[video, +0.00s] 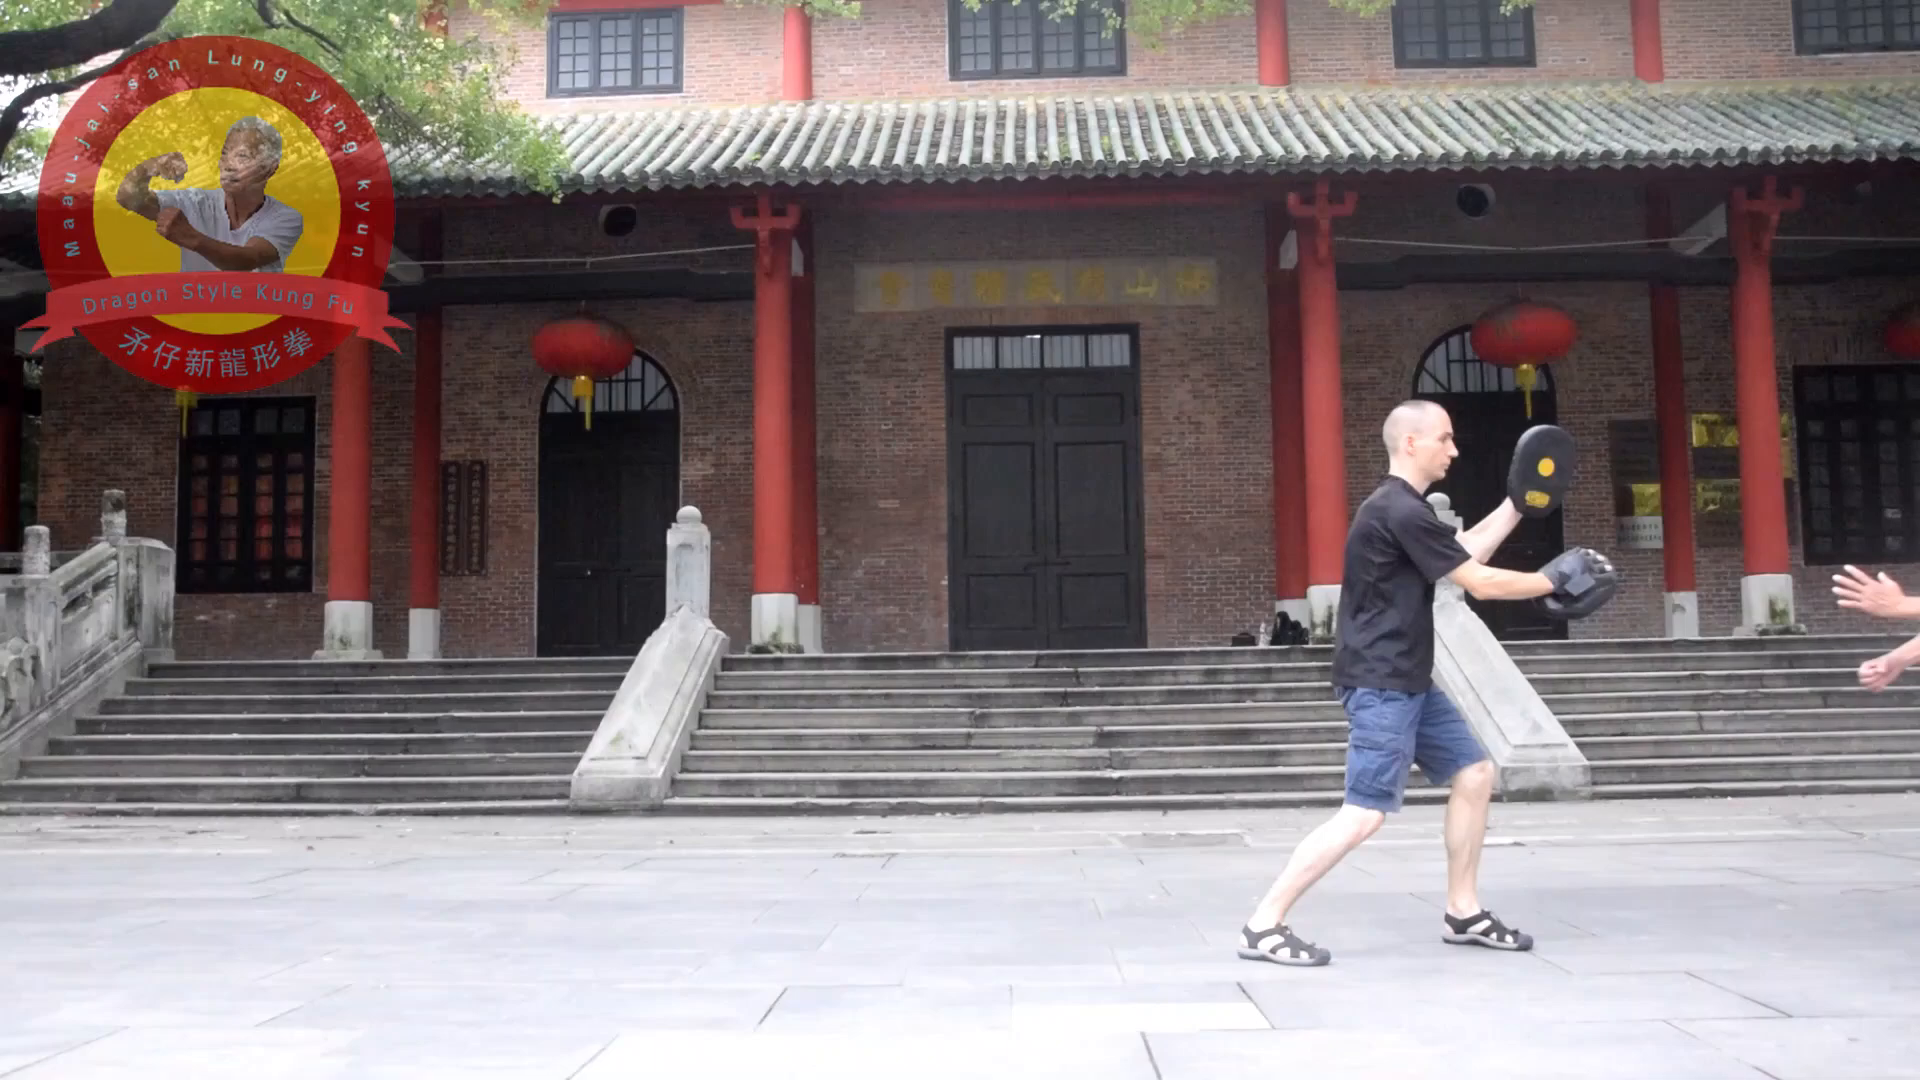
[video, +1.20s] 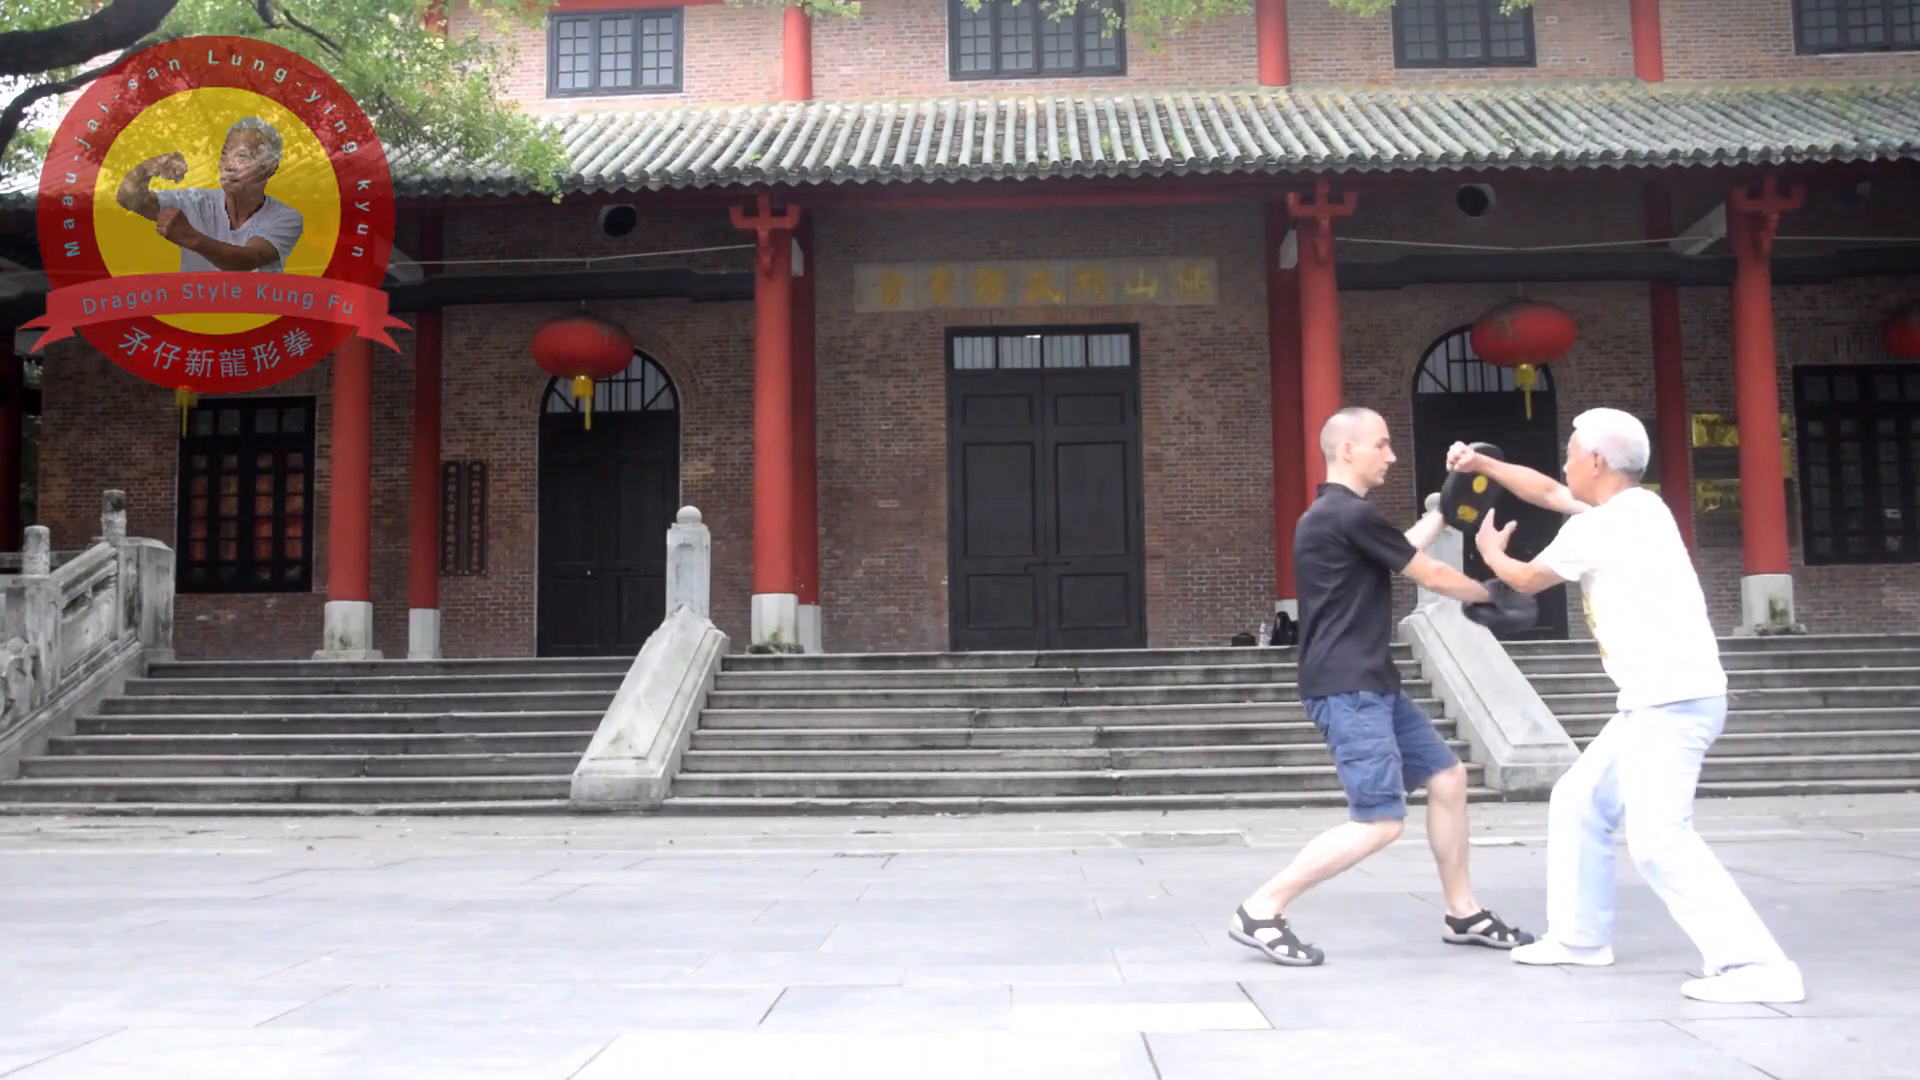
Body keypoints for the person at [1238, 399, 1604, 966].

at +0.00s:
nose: (1453, 449)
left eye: (1452, 439)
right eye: (1444, 439)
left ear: (1413, 445)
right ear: (1411, 444)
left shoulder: (1405, 503)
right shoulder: (1397, 508)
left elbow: (1464, 555)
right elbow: (1478, 583)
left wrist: (1520, 501)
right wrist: (1553, 583)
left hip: (1411, 681)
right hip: (1379, 681)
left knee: (1475, 776)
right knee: (1363, 815)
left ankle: (1463, 913)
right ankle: (1263, 924)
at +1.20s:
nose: (1393, 456)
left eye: (1390, 444)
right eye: (1383, 445)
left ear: (1346, 453)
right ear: (1347, 452)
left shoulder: (1325, 514)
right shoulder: (1349, 515)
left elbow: (1391, 558)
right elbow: (1430, 574)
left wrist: (1441, 510)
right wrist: (1493, 594)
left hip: (1373, 681)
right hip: (1346, 685)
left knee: (1448, 780)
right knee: (1379, 823)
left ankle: (1463, 913)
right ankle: (1261, 910)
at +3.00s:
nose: (1154, 469)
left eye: (1152, 459)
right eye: (1144, 459)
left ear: (1111, 468)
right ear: (1108, 465)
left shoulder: (1107, 532)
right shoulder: (1088, 522)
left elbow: (1167, 598)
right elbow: (1176, 533)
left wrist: (1239, 591)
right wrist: (1237, 481)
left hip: (1045, 689)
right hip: (1066, 688)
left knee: (1030, 822)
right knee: (1177, 783)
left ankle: (925, 924)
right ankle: (1169, 935)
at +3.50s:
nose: (1103, 448)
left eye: (1103, 439)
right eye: (1092, 439)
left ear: (1073, 448)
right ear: (1057, 445)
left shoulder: (1091, 515)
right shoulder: (1034, 504)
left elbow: (1134, 567)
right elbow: (1088, 522)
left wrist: (1183, 583)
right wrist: (1148, 467)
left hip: (1044, 678)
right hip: (1048, 678)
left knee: (1012, 810)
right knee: (1151, 781)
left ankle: (921, 924)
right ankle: (1166, 934)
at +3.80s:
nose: (1084, 457)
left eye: (1082, 446)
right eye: (1073, 447)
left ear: (1043, 457)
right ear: (1037, 455)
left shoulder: (1037, 516)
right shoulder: (1024, 511)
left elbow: (1057, 608)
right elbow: (1052, 583)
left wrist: (1126, 622)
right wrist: (1118, 541)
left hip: (1019, 687)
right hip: (1036, 686)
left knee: (1070, 817)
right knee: (1135, 785)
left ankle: (958, 894)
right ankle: (1167, 937)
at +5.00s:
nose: (916, 466)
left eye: (914, 456)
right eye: (905, 455)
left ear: (879, 464)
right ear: (869, 462)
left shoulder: (884, 530)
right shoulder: (841, 525)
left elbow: (954, 564)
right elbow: (904, 601)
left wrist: (1013, 524)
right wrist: (983, 603)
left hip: (867, 695)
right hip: (816, 696)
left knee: (929, 789)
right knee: (802, 827)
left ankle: (934, 924)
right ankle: (712, 929)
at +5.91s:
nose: (832, 467)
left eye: (831, 457)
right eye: (820, 457)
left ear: (812, 465)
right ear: (782, 464)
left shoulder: (813, 535)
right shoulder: (767, 534)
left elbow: (878, 578)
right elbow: (824, 612)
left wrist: (930, 537)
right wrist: (898, 650)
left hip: (830, 699)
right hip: (778, 704)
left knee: (896, 795)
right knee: (806, 835)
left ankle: (934, 924)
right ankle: (689, 920)